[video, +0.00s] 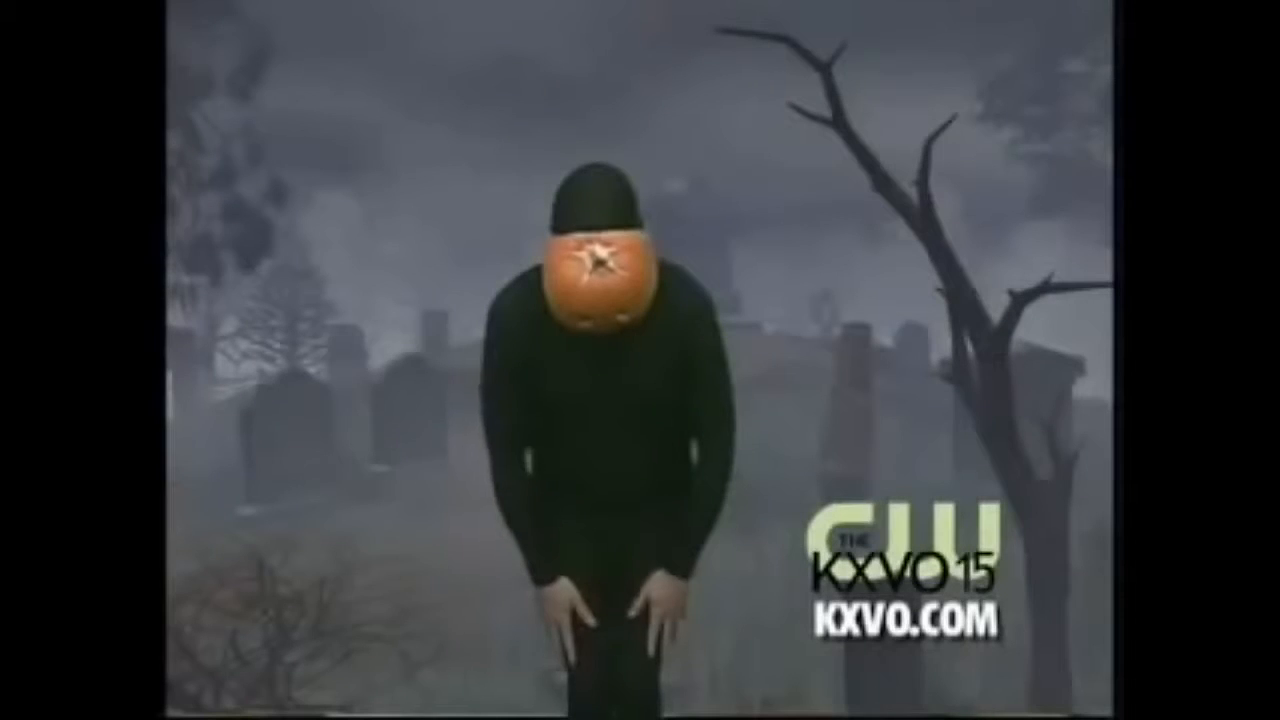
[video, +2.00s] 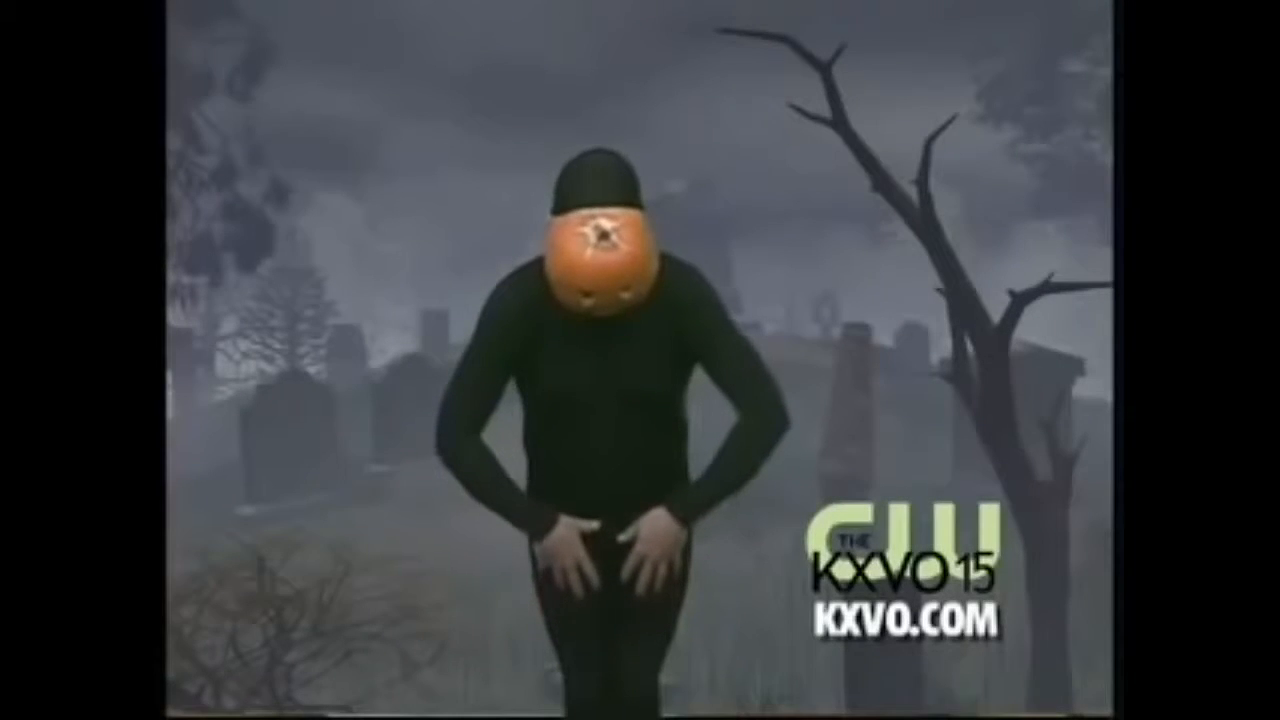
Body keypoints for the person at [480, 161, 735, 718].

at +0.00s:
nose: (598, 261)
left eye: (614, 245)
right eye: (580, 247)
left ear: (640, 241)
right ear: (555, 245)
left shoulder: (683, 305)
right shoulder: (517, 314)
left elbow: (717, 447)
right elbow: (506, 457)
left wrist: (678, 566)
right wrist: (545, 572)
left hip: (655, 507)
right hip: (564, 509)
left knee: (635, 677)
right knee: (589, 679)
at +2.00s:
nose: (599, 240)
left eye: (616, 223)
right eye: (582, 223)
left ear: (642, 226)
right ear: (556, 227)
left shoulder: (679, 293)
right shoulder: (521, 301)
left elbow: (766, 415)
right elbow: (454, 436)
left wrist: (679, 515)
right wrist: (541, 526)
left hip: (656, 535)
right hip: (562, 537)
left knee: (634, 692)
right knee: (587, 695)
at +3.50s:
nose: (610, 209)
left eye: (628, 196)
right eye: (594, 195)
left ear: (657, 210)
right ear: (566, 210)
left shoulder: (688, 298)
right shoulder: (530, 302)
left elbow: (780, 412)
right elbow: (460, 433)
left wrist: (724, 439)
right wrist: (504, 448)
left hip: (659, 528)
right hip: (564, 532)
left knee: (638, 694)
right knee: (589, 693)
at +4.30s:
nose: (614, 242)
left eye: (632, 226)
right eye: (596, 227)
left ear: (659, 219)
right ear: (562, 219)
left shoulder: (690, 301)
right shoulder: (521, 305)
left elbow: (787, 415)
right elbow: (428, 425)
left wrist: (771, 368)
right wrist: (453, 378)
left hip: (657, 532)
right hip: (562, 535)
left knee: (639, 695)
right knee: (586, 696)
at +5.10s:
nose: (614, 213)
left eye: (631, 198)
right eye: (594, 198)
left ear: (655, 210)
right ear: (562, 210)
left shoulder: (692, 301)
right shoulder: (513, 303)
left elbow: (807, 367)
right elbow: (388, 369)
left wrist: (816, 300)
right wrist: (403, 304)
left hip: (656, 541)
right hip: (557, 544)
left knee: (662, 704)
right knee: (576, 704)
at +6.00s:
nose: (616, 194)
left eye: (632, 185)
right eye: (594, 184)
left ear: (658, 210)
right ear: (559, 211)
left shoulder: (700, 295)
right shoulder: (504, 300)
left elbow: (822, 303)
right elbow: (375, 324)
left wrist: (861, 221)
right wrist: (339, 244)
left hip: (662, 552)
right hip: (554, 558)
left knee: (698, 709)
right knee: (570, 712)